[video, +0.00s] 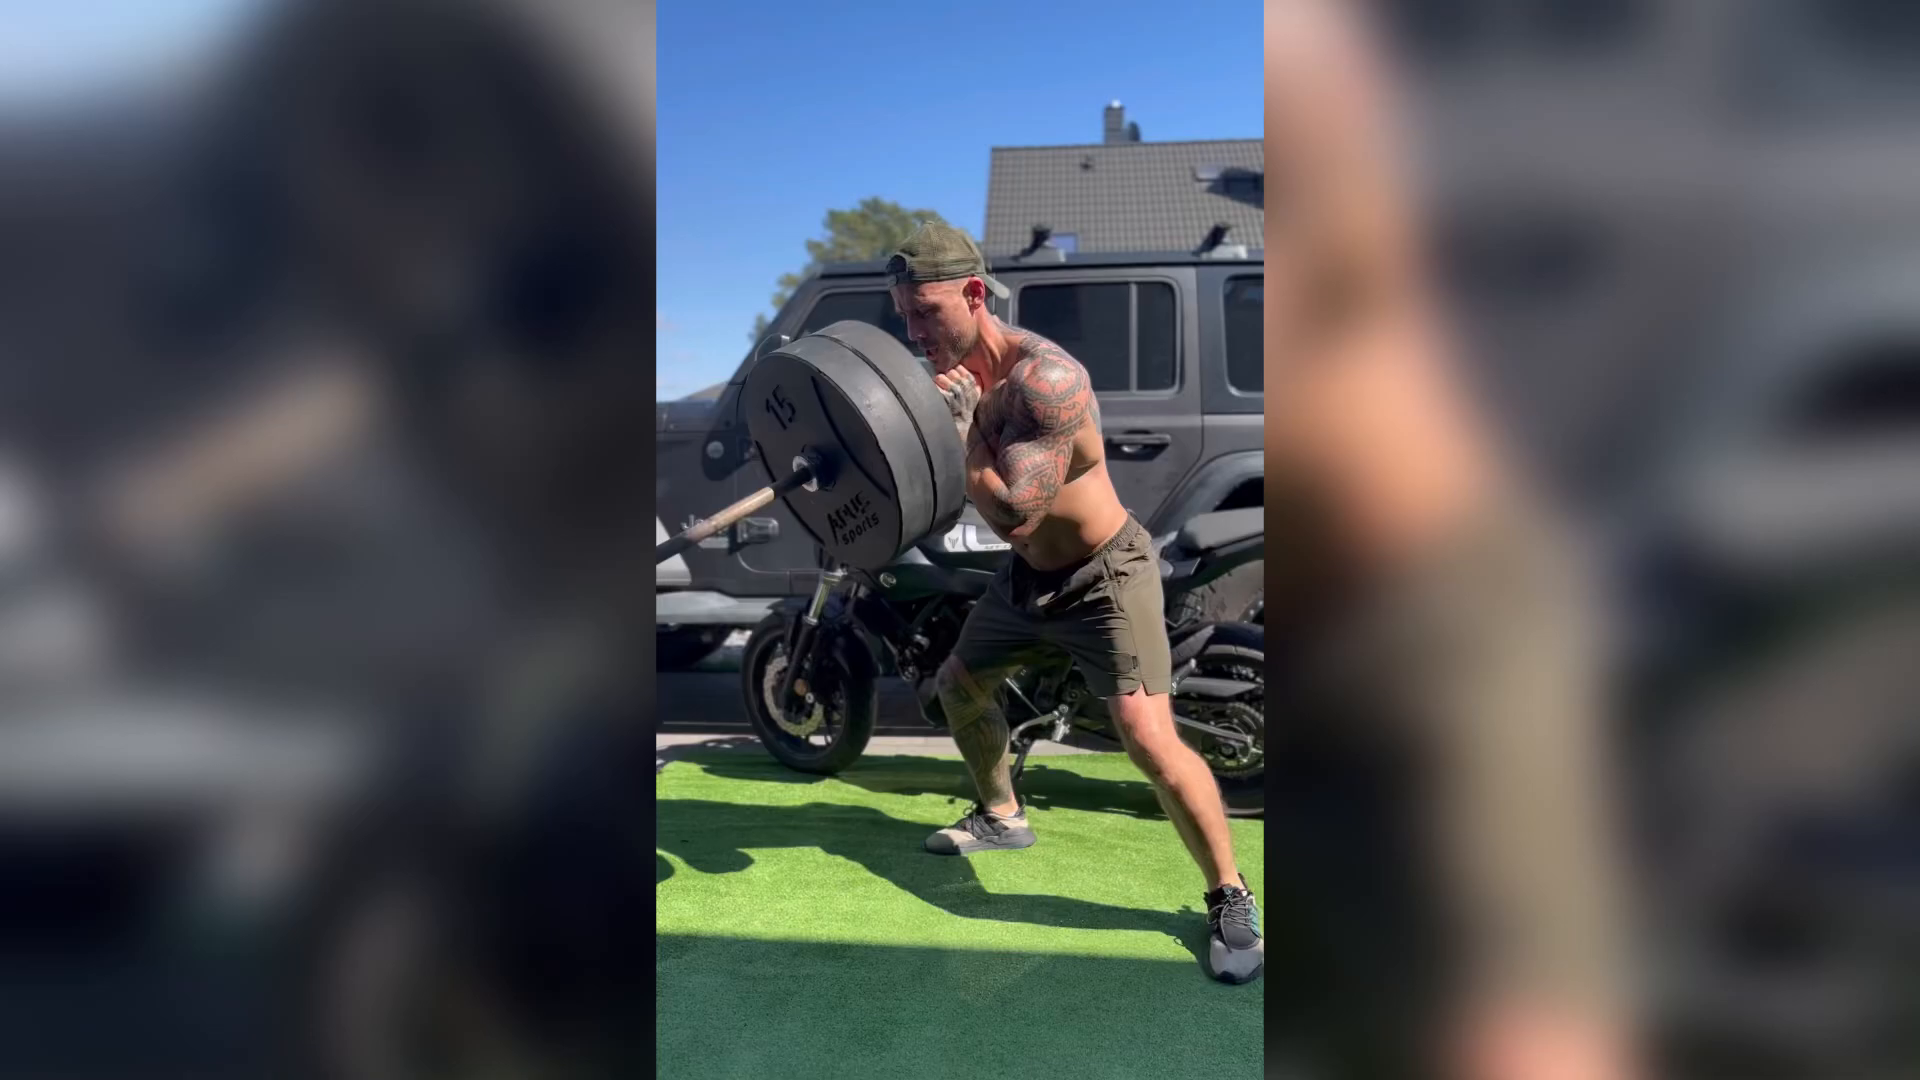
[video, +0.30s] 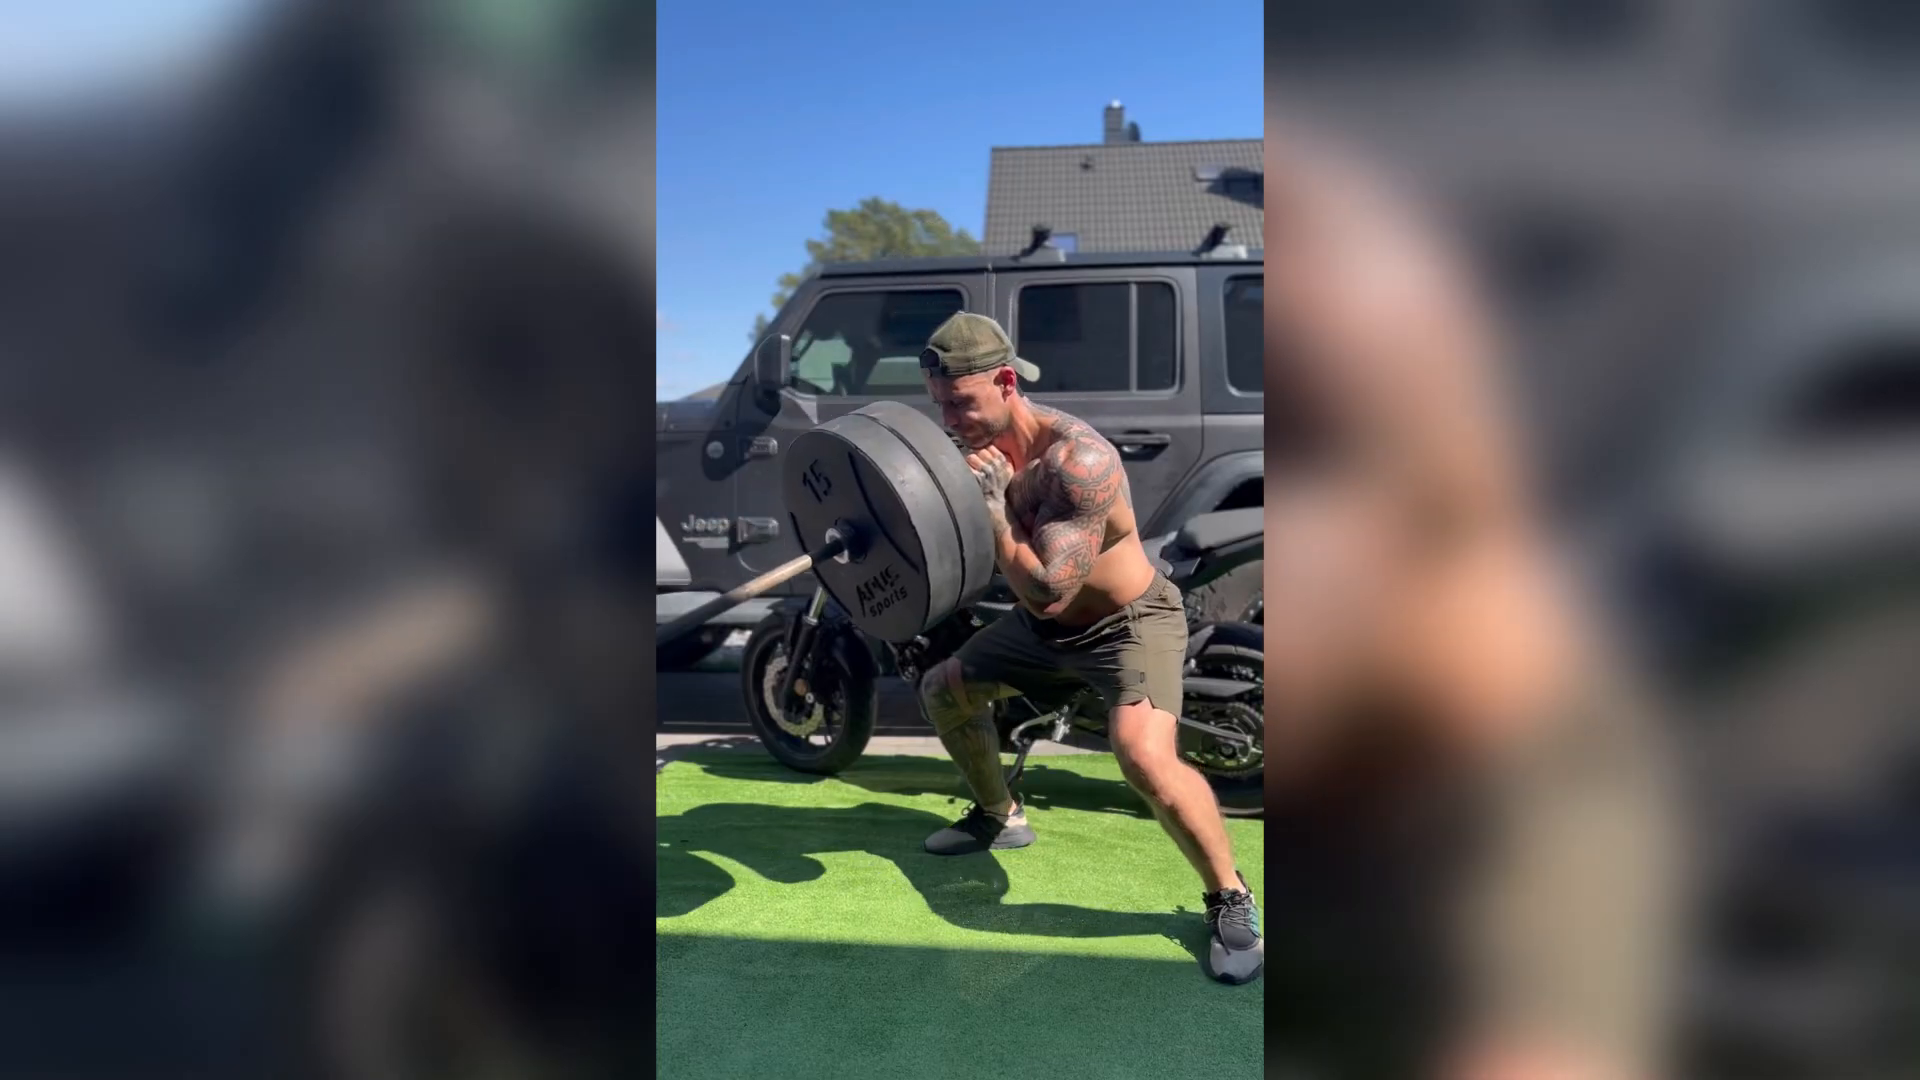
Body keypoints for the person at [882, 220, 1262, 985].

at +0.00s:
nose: (915, 333)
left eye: (926, 314)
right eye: (907, 318)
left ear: (975, 297)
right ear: (909, 314)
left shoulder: (1048, 377)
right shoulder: (946, 379)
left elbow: (1016, 517)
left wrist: (958, 440)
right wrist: (908, 420)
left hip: (1107, 568)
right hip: (1027, 572)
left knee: (1144, 726)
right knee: (961, 686)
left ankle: (1231, 895)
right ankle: (1003, 815)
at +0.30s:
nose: (952, 419)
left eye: (963, 403)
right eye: (944, 406)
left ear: (1008, 384)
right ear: (935, 396)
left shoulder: (1080, 457)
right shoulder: (970, 453)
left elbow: (1049, 595)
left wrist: (992, 517)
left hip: (1132, 618)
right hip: (1043, 620)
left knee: (1140, 750)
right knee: (947, 693)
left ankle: (1230, 896)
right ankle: (995, 815)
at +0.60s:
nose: (971, 477)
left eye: (983, 463)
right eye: (965, 464)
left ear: (1030, 448)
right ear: (959, 457)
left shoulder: (1101, 521)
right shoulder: (982, 518)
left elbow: (1073, 656)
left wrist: (1014, 575)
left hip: (1148, 657)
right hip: (1061, 660)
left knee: (1143, 749)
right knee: (951, 701)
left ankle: (1230, 898)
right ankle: (1000, 818)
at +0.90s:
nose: (977, 495)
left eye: (993, 481)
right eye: (974, 481)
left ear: (1041, 486)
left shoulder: (1107, 561)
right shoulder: (997, 556)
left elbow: (1080, 700)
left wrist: (1020, 612)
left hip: (1153, 683)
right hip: (1073, 690)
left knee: (1144, 743)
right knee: (955, 705)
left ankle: (1228, 898)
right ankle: (999, 818)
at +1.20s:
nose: (974, 480)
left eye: (991, 467)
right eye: (972, 466)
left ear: (1039, 474)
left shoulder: (1109, 547)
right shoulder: (994, 545)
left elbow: (1091, 684)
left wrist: (1022, 606)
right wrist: (983, 581)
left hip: (1157, 665)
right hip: (1072, 670)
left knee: (1153, 739)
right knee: (958, 700)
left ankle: (1230, 898)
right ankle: (1000, 818)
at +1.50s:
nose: (965, 373)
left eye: (984, 360)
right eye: (964, 359)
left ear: (1036, 375)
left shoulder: (1101, 458)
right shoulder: (979, 459)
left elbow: (1064, 599)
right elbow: (945, 540)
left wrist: (1004, 507)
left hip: (1139, 613)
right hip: (1048, 614)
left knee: (1154, 746)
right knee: (947, 700)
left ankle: (1232, 895)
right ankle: (996, 815)